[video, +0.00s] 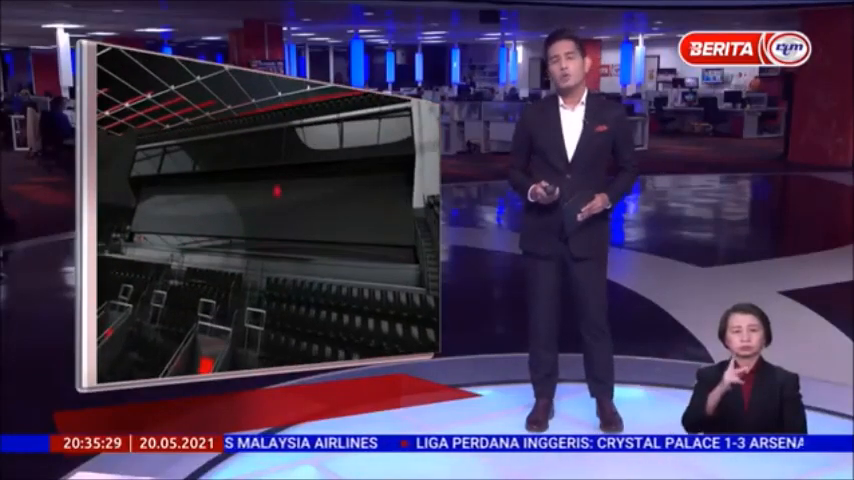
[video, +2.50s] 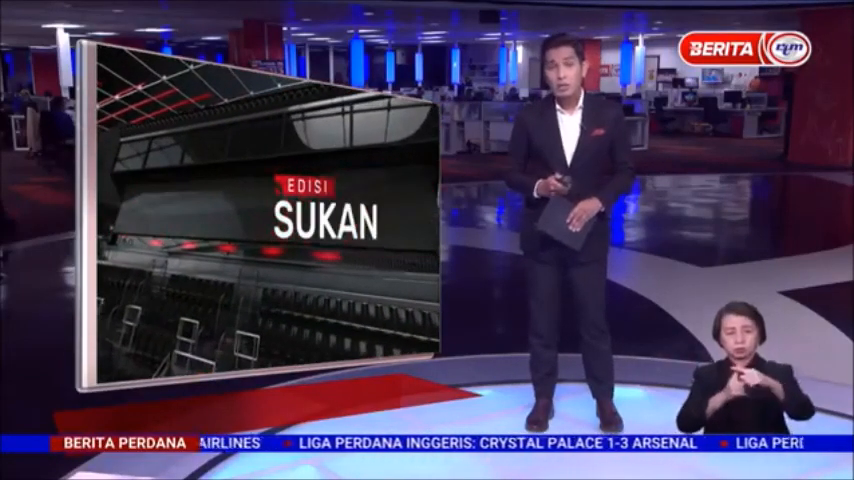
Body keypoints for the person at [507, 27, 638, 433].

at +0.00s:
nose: (562, 66)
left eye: (569, 57)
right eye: (554, 60)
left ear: (585, 63)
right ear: (547, 69)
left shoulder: (610, 110)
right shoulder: (533, 113)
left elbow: (629, 167)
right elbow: (516, 168)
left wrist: (608, 197)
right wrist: (530, 188)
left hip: (588, 231)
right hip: (542, 231)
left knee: (594, 318)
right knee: (542, 318)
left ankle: (604, 400)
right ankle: (542, 398)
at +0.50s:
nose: (559, 70)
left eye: (566, 61)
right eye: (551, 65)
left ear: (584, 64)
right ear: (546, 73)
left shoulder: (611, 112)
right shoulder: (533, 114)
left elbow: (629, 168)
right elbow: (517, 170)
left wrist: (613, 194)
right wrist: (530, 187)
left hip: (589, 232)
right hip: (543, 232)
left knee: (594, 319)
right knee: (542, 319)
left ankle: (605, 400)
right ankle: (542, 398)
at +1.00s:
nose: (558, 73)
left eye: (566, 64)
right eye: (551, 67)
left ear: (583, 66)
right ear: (545, 74)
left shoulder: (610, 111)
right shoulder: (532, 114)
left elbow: (628, 171)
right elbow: (515, 174)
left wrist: (604, 196)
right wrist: (538, 180)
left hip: (590, 231)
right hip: (542, 233)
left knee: (594, 319)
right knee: (542, 319)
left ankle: (605, 400)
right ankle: (542, 398)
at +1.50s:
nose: (558, 79)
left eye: (565, 69)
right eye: (550, 72)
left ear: (581, 71)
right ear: (543, 77)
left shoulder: (607, 112)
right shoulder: (529, 117)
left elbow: (626, 169)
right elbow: (512, 173)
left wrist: (601, 202)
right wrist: (540, 188)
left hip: (590, 231)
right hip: (542, 232)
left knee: (594, 320)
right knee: (543, 322)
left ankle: (605, 400)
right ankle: (542, 400)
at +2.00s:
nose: (559, 74)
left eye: (567, 65)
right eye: (551, 67)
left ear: (582, 69)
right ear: (544, 74)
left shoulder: (607, 112)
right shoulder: (529, 116)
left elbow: (623, 173)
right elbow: (511, 172)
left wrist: (595, 201)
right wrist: (535, 186)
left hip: (589, 230)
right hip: (541, 230)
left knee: (592, 320)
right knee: (543, 321)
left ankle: (605, 401)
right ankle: (542, 401)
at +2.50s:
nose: (560, 73)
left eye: (568, 64)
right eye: (552, 66)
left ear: (583, 68)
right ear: (544, 74)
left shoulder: (608, 112)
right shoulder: (530, 115)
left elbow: (625, 171)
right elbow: (512, 171)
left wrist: (598, 201)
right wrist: (537, 186)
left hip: (589, 230)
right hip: (542, 231)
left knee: (593, 320)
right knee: (543, 321)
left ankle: (605, 400)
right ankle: (542, 400)